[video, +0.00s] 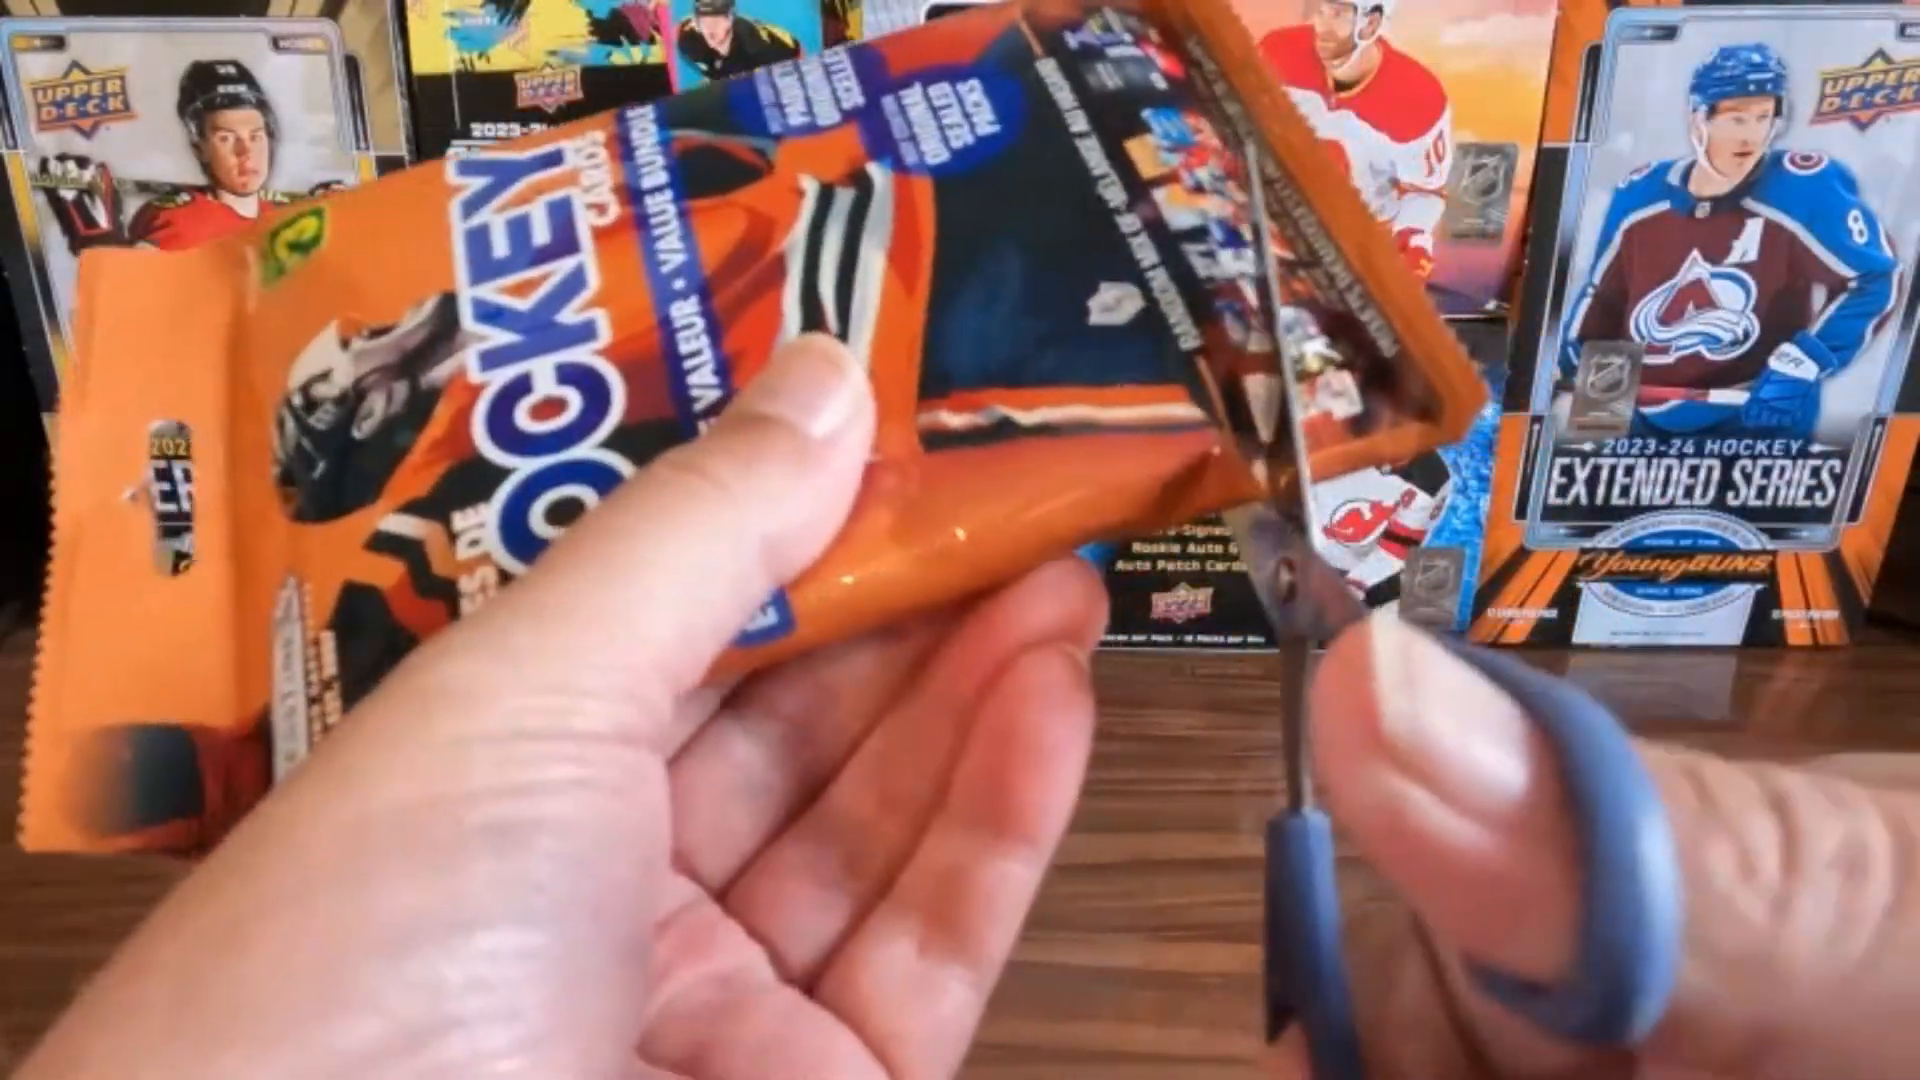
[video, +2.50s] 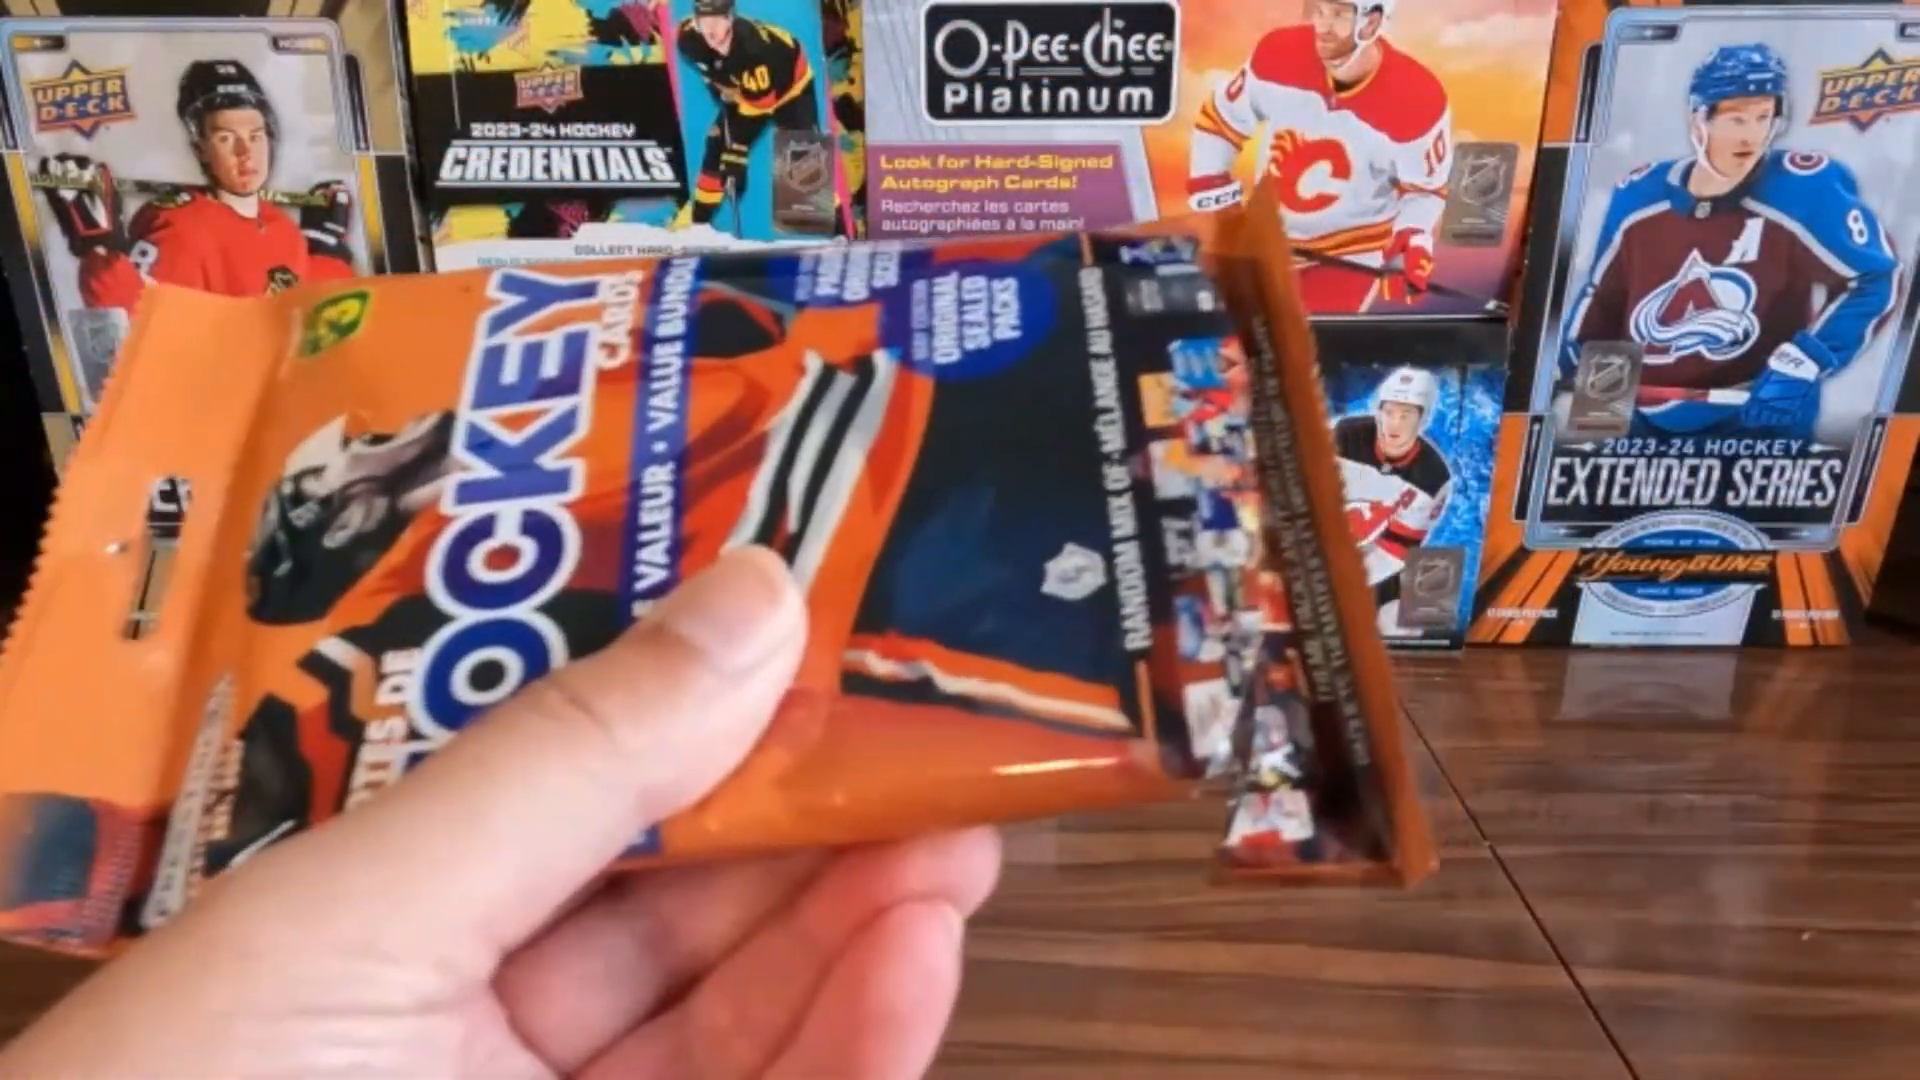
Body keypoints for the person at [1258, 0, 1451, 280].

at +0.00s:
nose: (1322, 28)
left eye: (1339, 14)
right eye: (1318, 12)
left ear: (1372, 24)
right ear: (1309, 12)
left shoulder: (1419, 94)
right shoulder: (1276, 55)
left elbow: (1423, 191)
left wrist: (1411, 256)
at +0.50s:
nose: (1323, 26)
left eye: (1339, 14)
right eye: (1318, 11)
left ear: (1372, 22)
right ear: (1309, 11)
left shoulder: (1417, 96)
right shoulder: (1277, 56)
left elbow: (1423, 191)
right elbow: (1215, 126)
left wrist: (1414, 249)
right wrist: (1218, 208)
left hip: (1347, 261)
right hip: (1257, 248)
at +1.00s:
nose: (1323, 27)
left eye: (1340, 14)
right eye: (1318, 11)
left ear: (1373, 21)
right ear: (1309, 11)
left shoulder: (1417, 95)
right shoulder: (1276, 56)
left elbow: (1423, 190)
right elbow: (1215, 128)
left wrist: (1414, 248)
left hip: (1351, 262)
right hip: (1261, 254)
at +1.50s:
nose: (1323, 26)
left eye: (1339, 14)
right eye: (1318, 11)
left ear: (1373, 22)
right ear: (1309, 11)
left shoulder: (1417, 96)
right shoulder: (1276, 56)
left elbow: (1424, 191)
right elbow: (1216, 125)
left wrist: (1413, 248)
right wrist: (1214, 209)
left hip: (1350, 263)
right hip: (1262, 250)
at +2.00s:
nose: (1323, 26)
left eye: (1339, 14)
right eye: (1318, 11)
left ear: (1373, 22)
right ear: (1309, 11)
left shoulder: (1416, 96)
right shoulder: (1276, 56)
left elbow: (1424, 191)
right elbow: (1216, 124)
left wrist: (1415, 247)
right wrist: (1213, 201)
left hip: (1346, 261)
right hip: (1261, 249)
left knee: (1287, 367)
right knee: (1219, 361)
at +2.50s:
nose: (1323, 27)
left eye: (1339, 14)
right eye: (1317, 11)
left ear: (1373, 21)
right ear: (1309, 11)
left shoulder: (1416, 96)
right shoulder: (1276, 56)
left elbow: (1423, 190)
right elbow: (1216, 125)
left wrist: (1414, 248)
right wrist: (1221, 215)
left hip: (1356, 259)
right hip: (1269, 248)